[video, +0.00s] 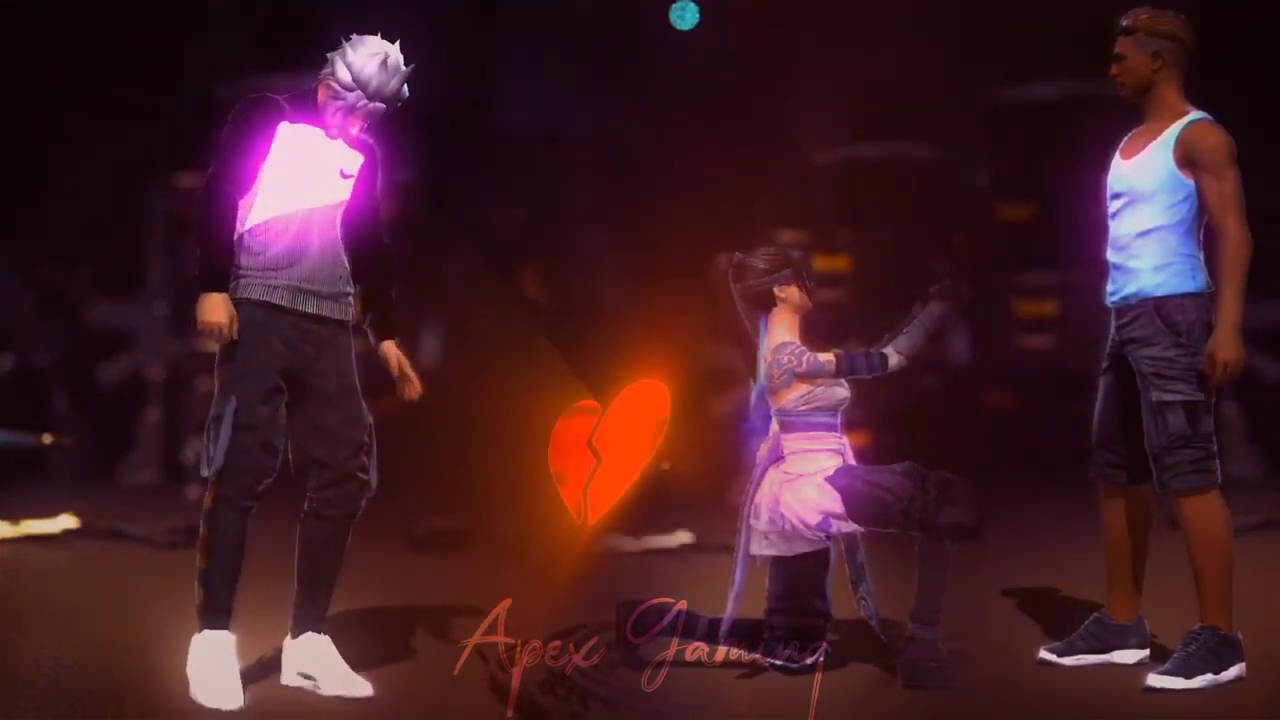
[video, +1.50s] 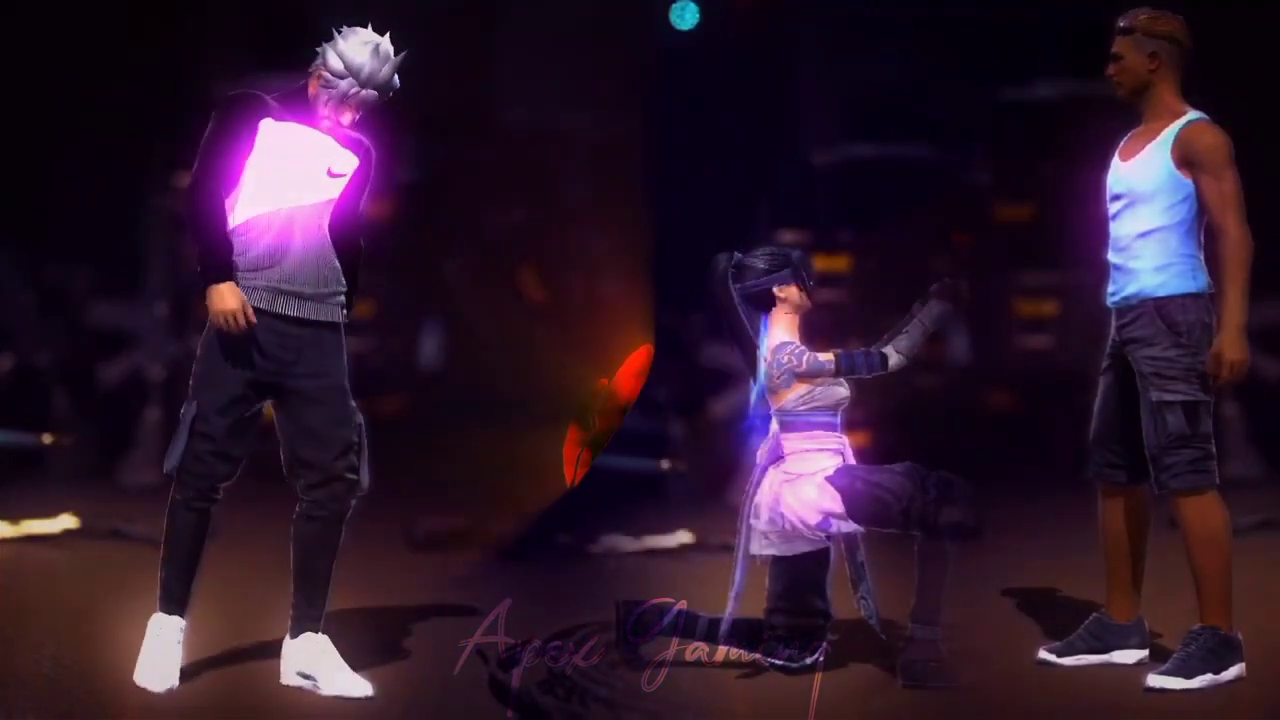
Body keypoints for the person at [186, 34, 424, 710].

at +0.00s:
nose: (355, 124)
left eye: (369, 114)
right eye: (348, 106)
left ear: (383, 109)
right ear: (325, 85)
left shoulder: (373, 154)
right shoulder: (265, 118)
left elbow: (373, 249)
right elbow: (217, 197)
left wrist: (387, 333)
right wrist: (213, 284)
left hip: (334, 326)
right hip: (260, 315)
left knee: (345, 477)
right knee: (245, 469)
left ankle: (307, 639)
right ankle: (213, 638)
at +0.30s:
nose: (355, 121)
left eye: (368, 112)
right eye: (348, 104)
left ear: (382, 109)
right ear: (324, 83)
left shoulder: (372, 154)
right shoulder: (261, 120)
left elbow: (370, 251)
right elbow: (217, 199)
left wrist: (381, 339)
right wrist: (214, 284)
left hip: (335, 328)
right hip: (259, 316)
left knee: (344, 477)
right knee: (234, 470)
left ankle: (306, 638)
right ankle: (199, 636)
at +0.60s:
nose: (353, 120)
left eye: (366, 111)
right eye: (347, 102)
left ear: (378, 108)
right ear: (324, 85)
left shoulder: (371, 155)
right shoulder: (259, 120)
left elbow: (367, 252)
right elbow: (218, 199)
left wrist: (372, 340)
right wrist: (215, 283)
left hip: (332, 330)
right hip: (256, 317)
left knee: (342, 478)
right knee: (223, 473)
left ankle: (308, 638)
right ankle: (185, 632)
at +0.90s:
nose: (352, 118)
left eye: (366, 110)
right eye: (348, 101)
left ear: (377, 106)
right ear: (324, 81)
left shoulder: (372, 152)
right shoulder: (258, 115)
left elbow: (369, 252)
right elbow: (215, 197)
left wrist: (367, 342)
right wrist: (216, 282)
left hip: (329, 332)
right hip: (252, 318)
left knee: (340, 478)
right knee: (216, 472)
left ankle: (307, 637)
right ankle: (178, 628)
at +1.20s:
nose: (348, 116)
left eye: (362, 108)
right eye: (341, 98)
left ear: (375, 107)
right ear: (319, 82)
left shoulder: (369, 157)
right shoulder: (257, 122)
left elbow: (361, 255)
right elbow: (213, 197)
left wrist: (353, 345)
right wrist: (217, 279)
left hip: (325, 333)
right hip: (250, 319)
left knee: (334, 479)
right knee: (208, 473)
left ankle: (307, 637)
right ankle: (172, 625)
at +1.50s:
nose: (342, 114)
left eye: (358, 106)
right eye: (336, 96)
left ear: (372, 105)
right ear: (314, 80)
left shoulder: (366, 154)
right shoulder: (252, 115)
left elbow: (352, 233)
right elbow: (207, 196)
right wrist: (218, 277)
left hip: (317, 332)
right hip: (242, 320)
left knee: (332, 478)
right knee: (201, 471)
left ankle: (306, 637)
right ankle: (168, 623)